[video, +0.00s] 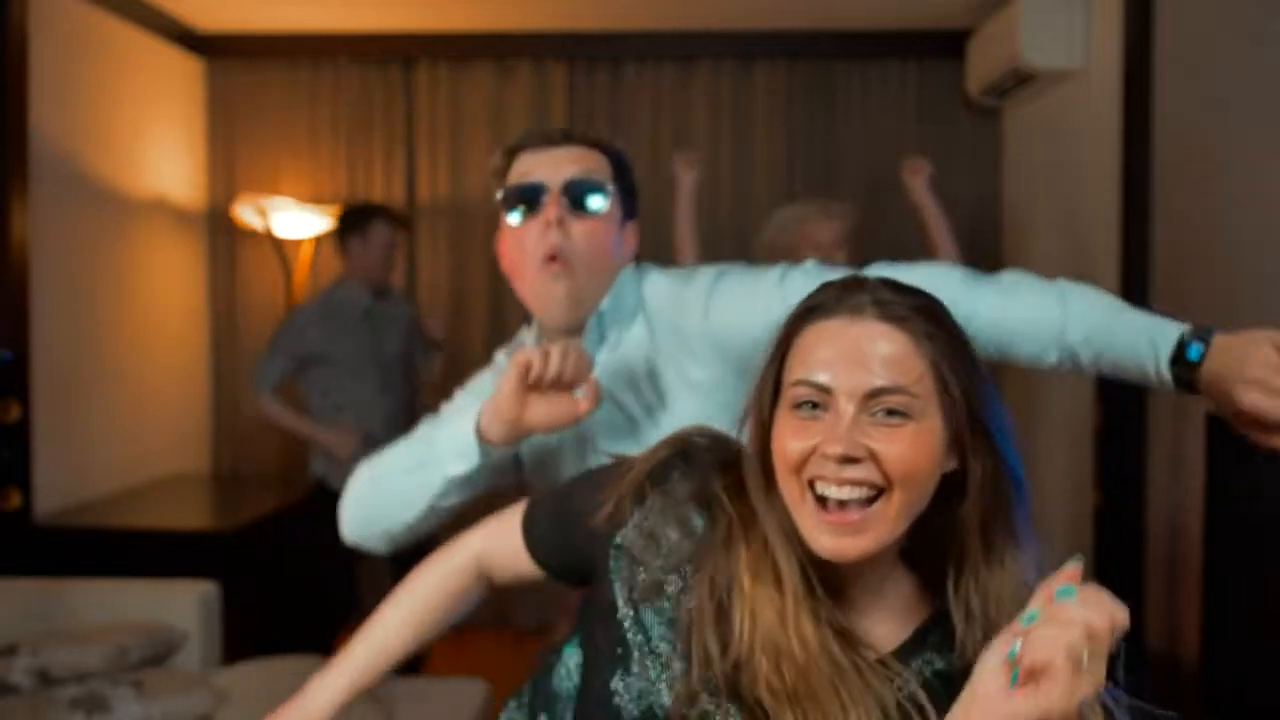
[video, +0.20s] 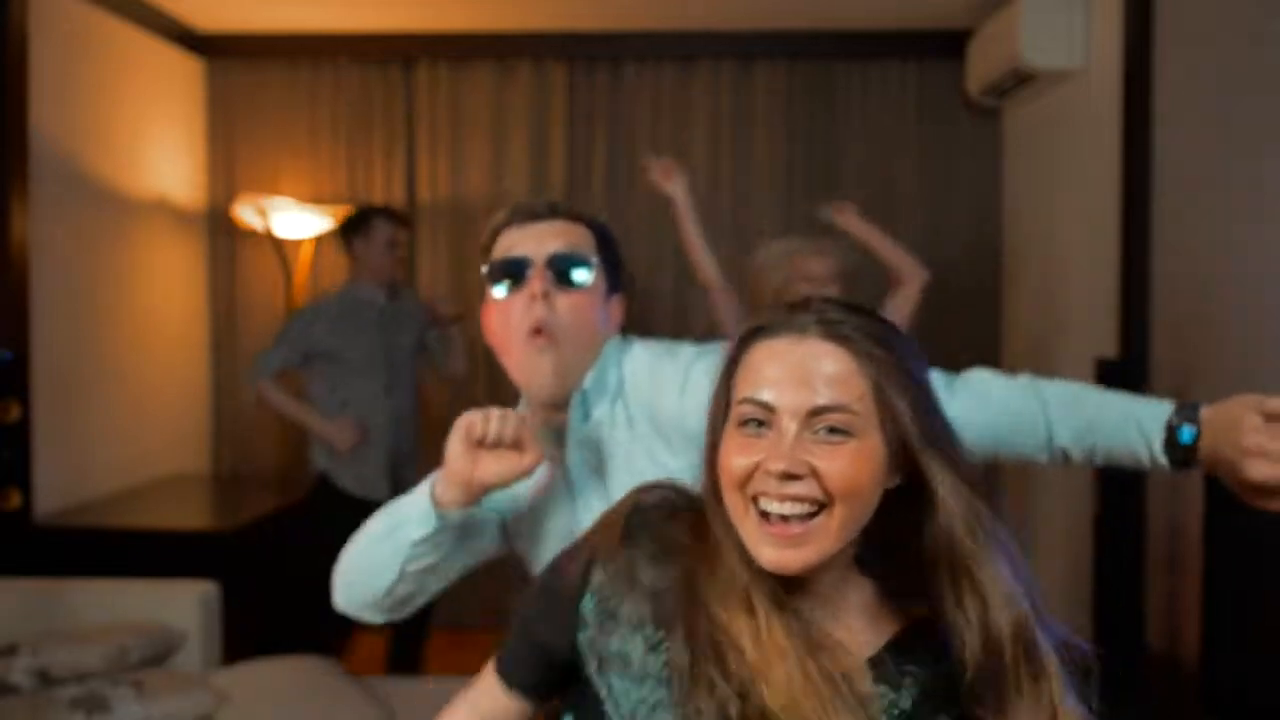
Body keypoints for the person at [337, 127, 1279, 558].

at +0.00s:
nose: (552, 219)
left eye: (582, 199)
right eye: (526, 202)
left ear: (631, 233)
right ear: (498, 244)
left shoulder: (698, 307)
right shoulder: (501, 385)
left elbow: (931, 301)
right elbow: (360, 523)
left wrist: (1190, 354)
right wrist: (494, 436)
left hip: (782, 640)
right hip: (616, 660)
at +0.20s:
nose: (537, 296)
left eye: (568, 273)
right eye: (510, 275)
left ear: (615, 303)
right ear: (481, 313)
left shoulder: (688, 378)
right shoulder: (495, 454)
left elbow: (944, 405)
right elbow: (358, 596)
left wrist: (1186, 429)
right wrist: (449, 498)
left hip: (791, 663)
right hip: (619, 691)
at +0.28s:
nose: (531, 304)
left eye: (561, 280)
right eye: (503, 284)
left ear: (609, 310)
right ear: (474, 321)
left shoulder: (669, 387)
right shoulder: (487, 465)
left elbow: (929, 412)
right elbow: (344, 590)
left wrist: (1182, 466)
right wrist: (422, 498)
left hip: (800, 658)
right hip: (618, 686)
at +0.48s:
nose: (530, 250)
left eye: (561, 226)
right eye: (501, 233)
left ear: (615, 260)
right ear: (480, 279)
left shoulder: (723, 340)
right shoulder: (489, 416)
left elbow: (959, 343)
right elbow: (326, 516)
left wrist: (1076, 513)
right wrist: (306, 456)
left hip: (809, 644)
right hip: (604, 681)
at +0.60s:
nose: (556, 196)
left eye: (588, 177)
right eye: (530, 180)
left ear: (641, 211)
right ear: (500, 215)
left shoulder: (717, 291)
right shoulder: (486, 340)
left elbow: (955, 321)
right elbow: (359, 422)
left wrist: (991, 465)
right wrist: (234, 413)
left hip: (806, 661)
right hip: (599, 668)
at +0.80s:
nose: (632, 136)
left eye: (662, 116)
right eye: (602, 121)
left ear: (712, 156)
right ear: (573, 170)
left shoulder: (805, 276)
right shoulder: (513, 304)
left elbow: (990, 422)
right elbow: (308, 377)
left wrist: (928, 414)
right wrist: (91, 385)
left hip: (816, 669)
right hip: (600, 676)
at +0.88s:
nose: (664, 136)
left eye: (693, 115)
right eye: (632, 123)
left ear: (743, 160)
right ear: (600, 170)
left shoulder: (826, 294)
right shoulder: (534, 302)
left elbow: (986, 512)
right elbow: (329, 375)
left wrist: (900, 439)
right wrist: (105, 392)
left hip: (811, 687)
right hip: (592, 684)